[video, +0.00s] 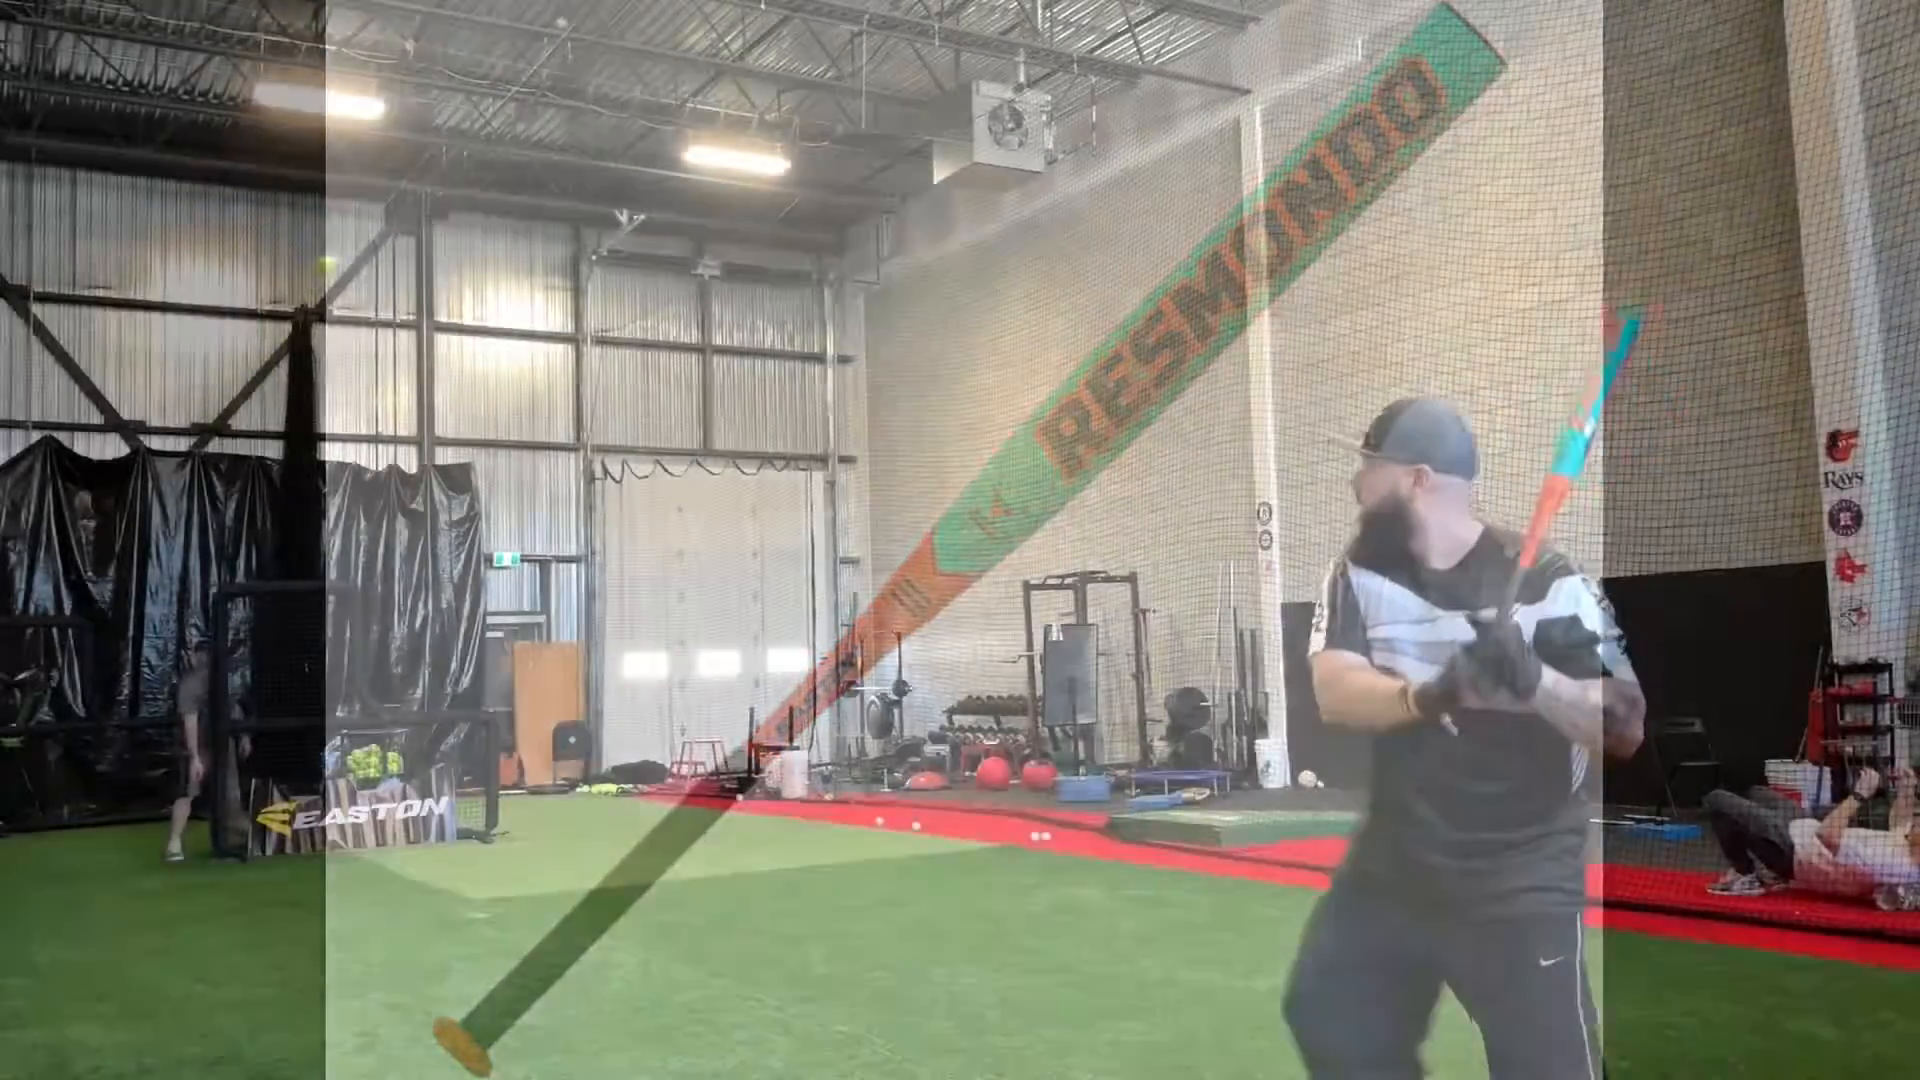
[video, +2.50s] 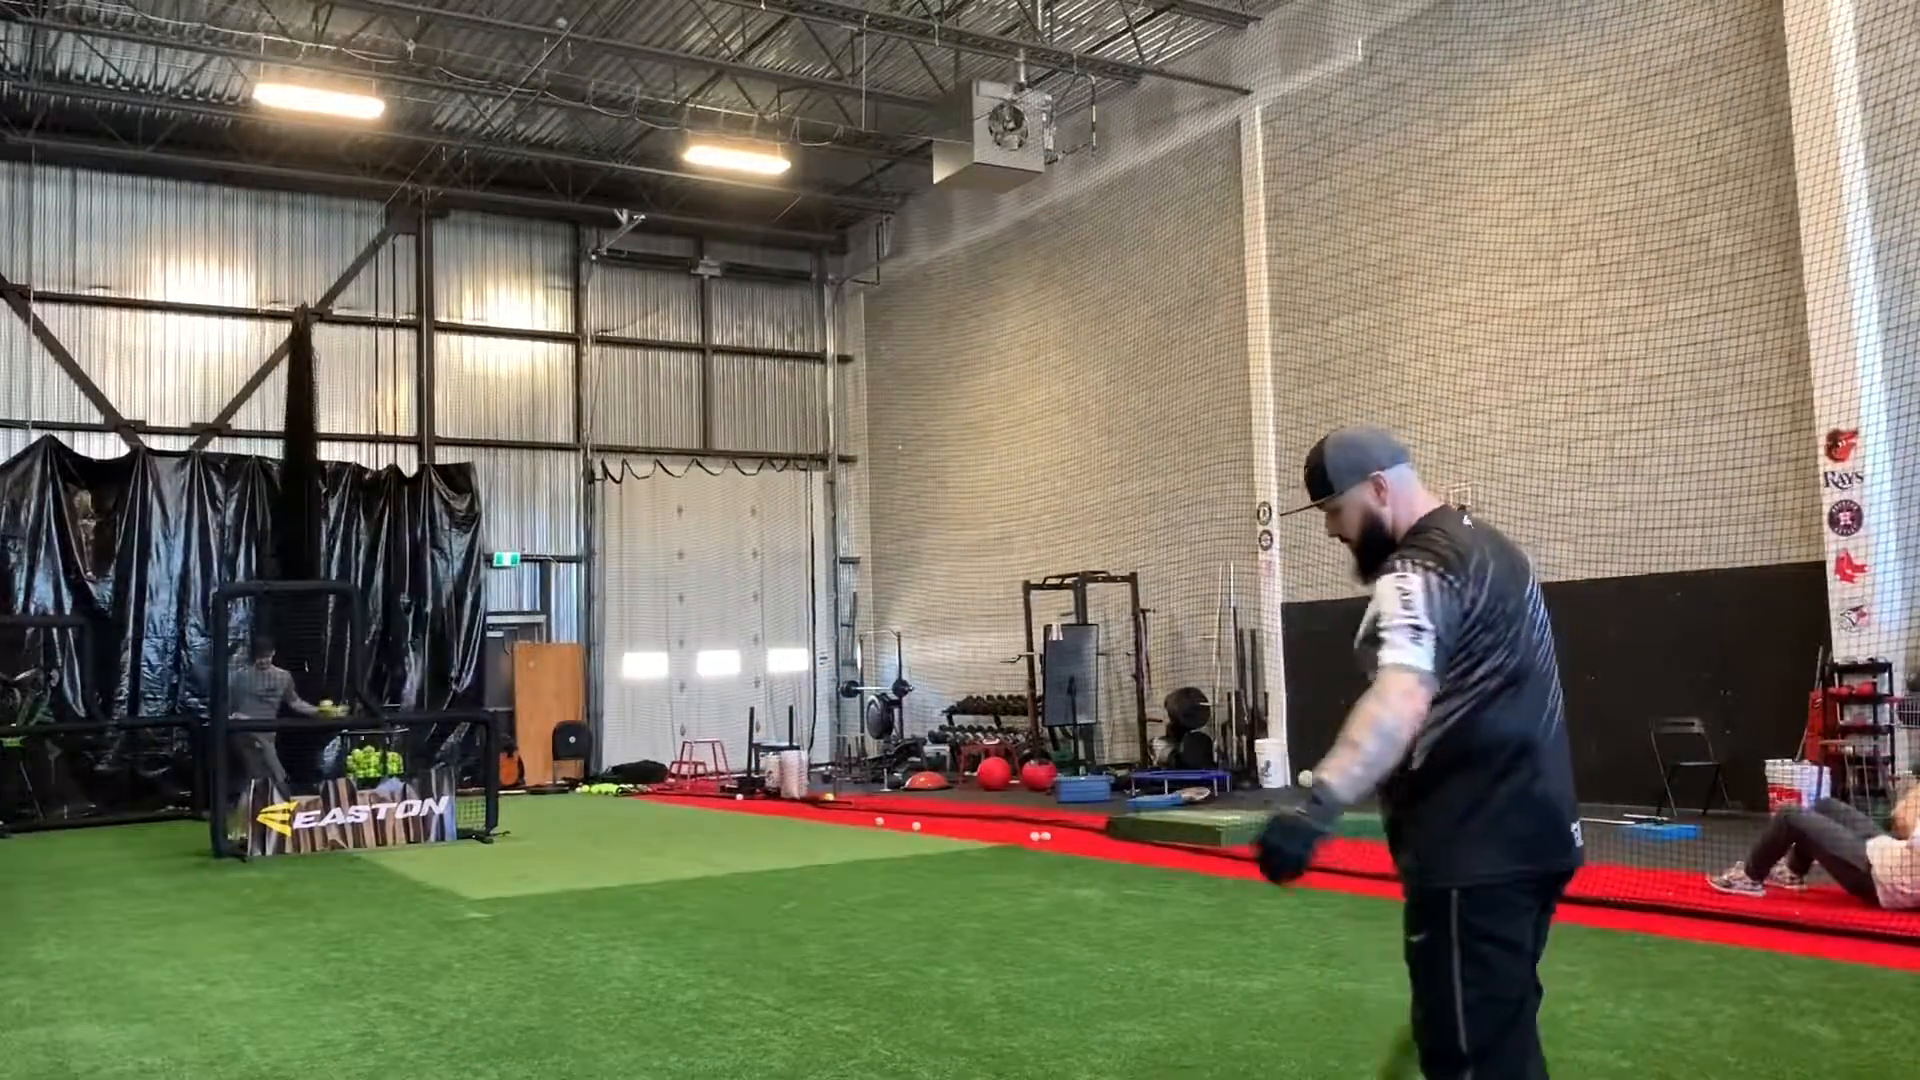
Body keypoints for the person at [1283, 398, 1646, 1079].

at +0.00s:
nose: (1355, 480)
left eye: (1369, 462)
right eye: (1361, 463)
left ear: (1417, 474)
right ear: (1417, 476)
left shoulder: (1549, 580)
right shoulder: (1363, 575)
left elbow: (1624, 727)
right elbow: (1334, 695)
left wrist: (1534, 684)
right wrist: (1437, 691)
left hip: (1519, 882)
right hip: (1394, 870)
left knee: (1550, 1065)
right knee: (1330, 1019)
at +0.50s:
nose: (1228, 559)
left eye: (1241, 550)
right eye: (1233, 548)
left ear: (1286, 570)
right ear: (1285, 570)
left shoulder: (1311, 661)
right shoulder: (1264, 633)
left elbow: (1233, 771)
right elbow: (1160, 630)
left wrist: (1202, 678)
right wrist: (1206, 620)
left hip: (1312, 896)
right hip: (1274, 886)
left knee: (1273, 1055)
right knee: (1189, 995)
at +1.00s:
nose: (1240, 517)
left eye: (1239, 506)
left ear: (1245, 512)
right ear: (1317, 495)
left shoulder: (1238, 593)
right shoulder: (1356, 541)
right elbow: (1383, 605)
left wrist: (1381, 508)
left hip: (1276, 850)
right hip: (1380, 846)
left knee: (1288, 1044)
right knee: (1323, 1038)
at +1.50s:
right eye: (1394, 464)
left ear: (1317, 477)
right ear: (1392, 468)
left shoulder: (1316, 557)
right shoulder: (1405, 549)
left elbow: (1470, 546)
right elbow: (1413, 670)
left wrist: (1545, 494)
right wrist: (1478, 788)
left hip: (1339, 828)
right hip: (1434, 828)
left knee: (1353, 1021)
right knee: (1473, 1020)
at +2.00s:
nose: (1355, 494)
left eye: (1354, 483)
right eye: (1356, 482)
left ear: (1366, 490)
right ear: (1437, 483)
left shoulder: (1330, 591)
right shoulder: (1509, 558)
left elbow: (1337, 718)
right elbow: (1618, 660)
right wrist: (1725, 737)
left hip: (1388, 854)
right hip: (1508, 850)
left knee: (1375, 1028)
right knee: (1493, 1035)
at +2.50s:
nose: (1331, 529)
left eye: (1334, 510)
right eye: (1325, 514)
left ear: (1378, 489)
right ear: (1389, 489)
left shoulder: (1414, 570)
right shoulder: (1494, 548)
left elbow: (1399, 698)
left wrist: (1316, 800)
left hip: (1468, 852)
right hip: (1529, 839)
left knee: (1467, 1051)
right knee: (1499, 1040)